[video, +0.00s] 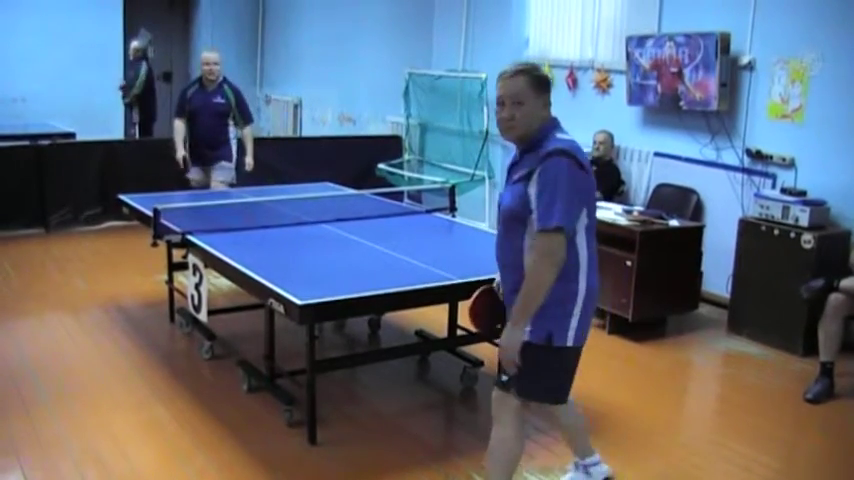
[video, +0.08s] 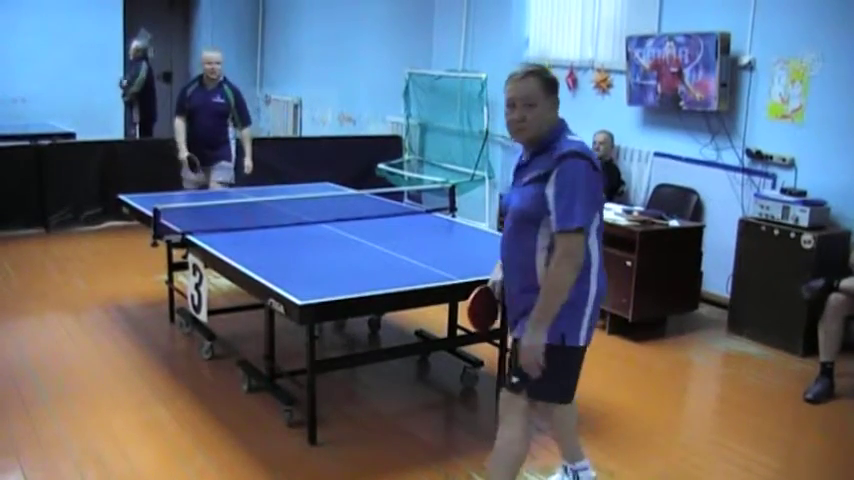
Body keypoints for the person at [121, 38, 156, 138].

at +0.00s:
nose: (130, 52)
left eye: (133, 50)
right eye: (130, 49)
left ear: (139, 51)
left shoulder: (143, 65)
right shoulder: (135, 65)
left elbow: (138, 86)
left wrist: (128, 99)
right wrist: (126, 88)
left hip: (143, 107)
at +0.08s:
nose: (130, 52)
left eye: (133, 49)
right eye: (131, 48)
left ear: (139, 51)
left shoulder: (143, 64)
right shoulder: (134, 64)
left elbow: (137, 86)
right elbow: (126, 79)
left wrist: (127, 95)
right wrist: (125, 83)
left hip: (143, 106)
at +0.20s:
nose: (131, 53)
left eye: (135, 50)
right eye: (132, 49)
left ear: (141, 51)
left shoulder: (143, 66)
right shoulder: (134, 66)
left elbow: (136, 84)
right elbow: (125, 78)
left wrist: (126, 90)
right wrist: (125, 83)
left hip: (143, 107)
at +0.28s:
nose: (131, 52)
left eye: (134, 50)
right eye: (132, 49)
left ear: (141, 52)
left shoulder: (143, 67)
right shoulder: (134, 66)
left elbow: (134, 86)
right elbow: (123, 80)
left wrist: (124, 87)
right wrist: (124, 83)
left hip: (142, 112)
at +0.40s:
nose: (132, 53)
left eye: (136, 50)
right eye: (132, 50)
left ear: (142, 52)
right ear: (132, 51)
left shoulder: (144, 69)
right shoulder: (133, 69)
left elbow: (131, 90)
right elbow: (124, 81)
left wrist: (122, 86)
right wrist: (123, 85)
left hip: (143, 113)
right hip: (134, 111)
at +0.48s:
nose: (133, 54)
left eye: (137, 51)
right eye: (133, 50)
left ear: (144, 53)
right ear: (132, 52)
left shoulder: (145, 71)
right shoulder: (133, 70)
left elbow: (134, 92)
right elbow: (124, 82)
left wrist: (124, 89)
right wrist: (125, 87)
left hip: (144, 115)